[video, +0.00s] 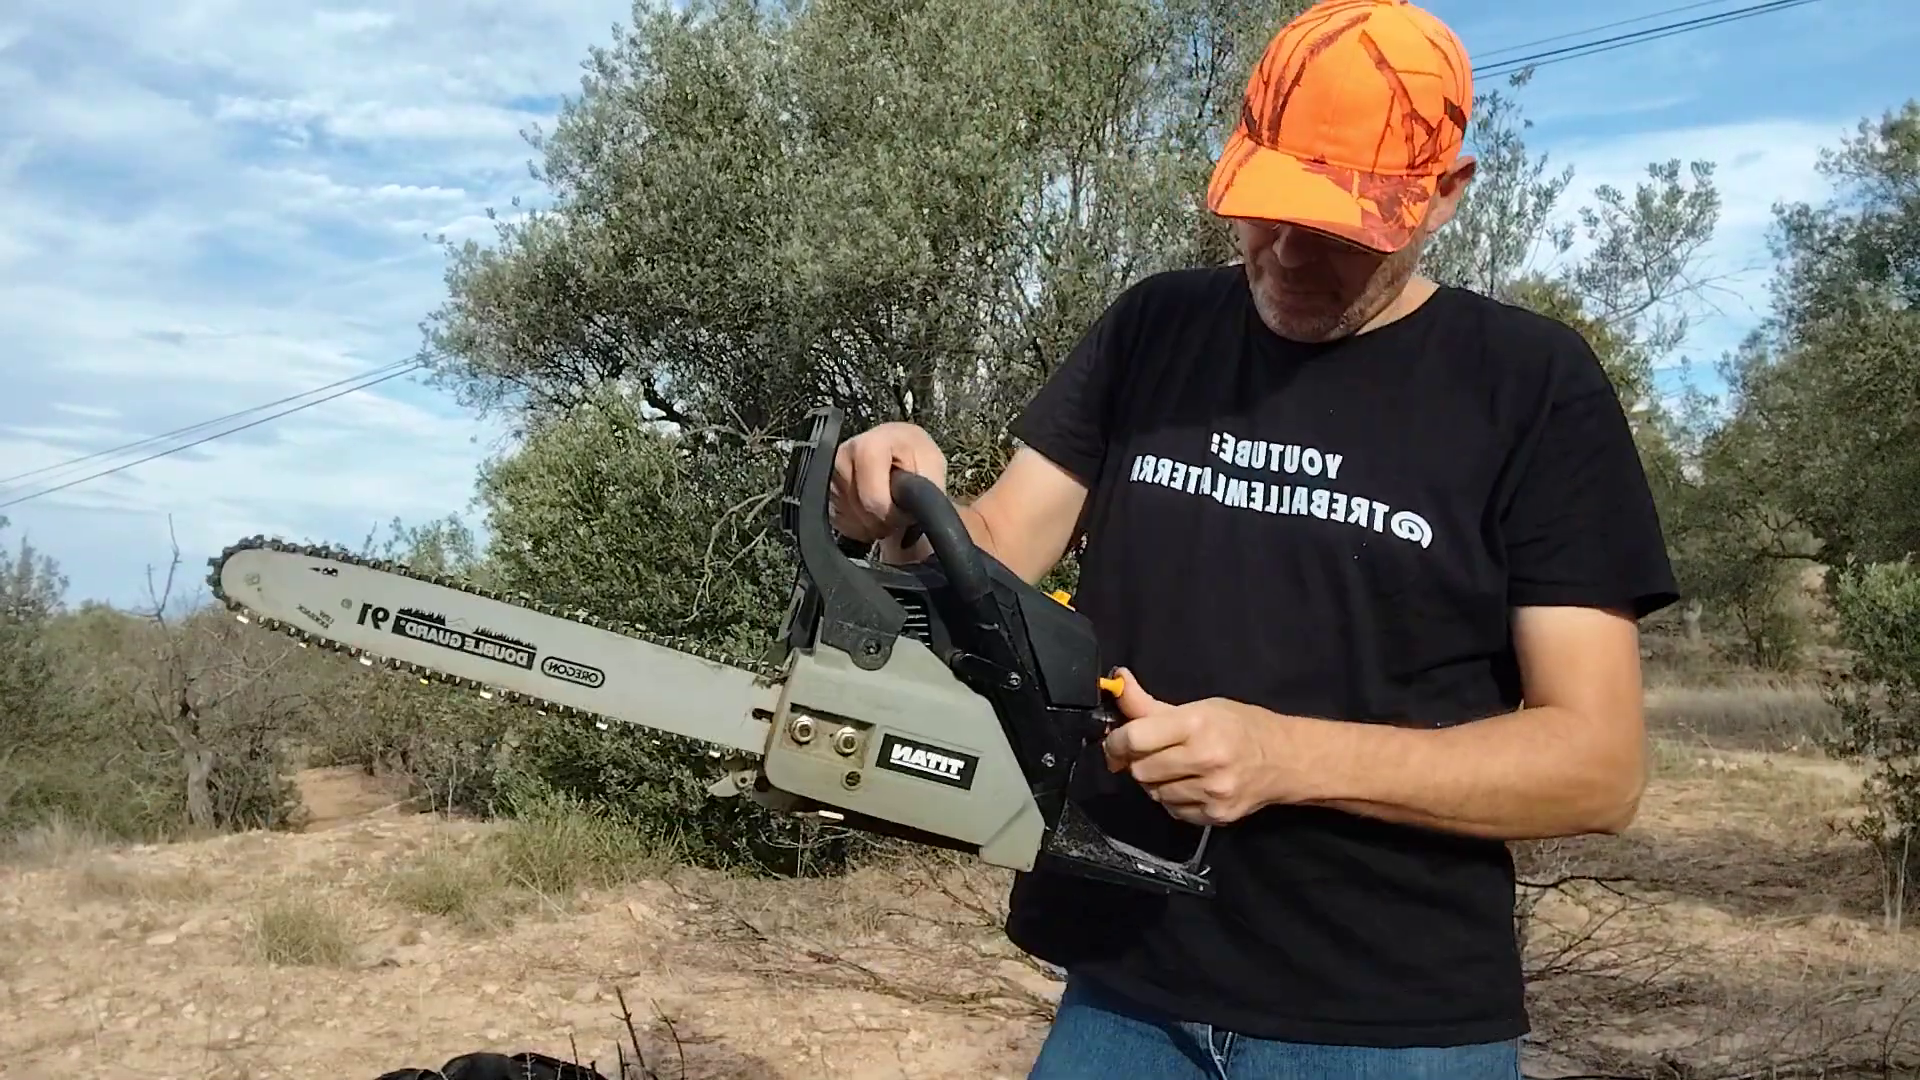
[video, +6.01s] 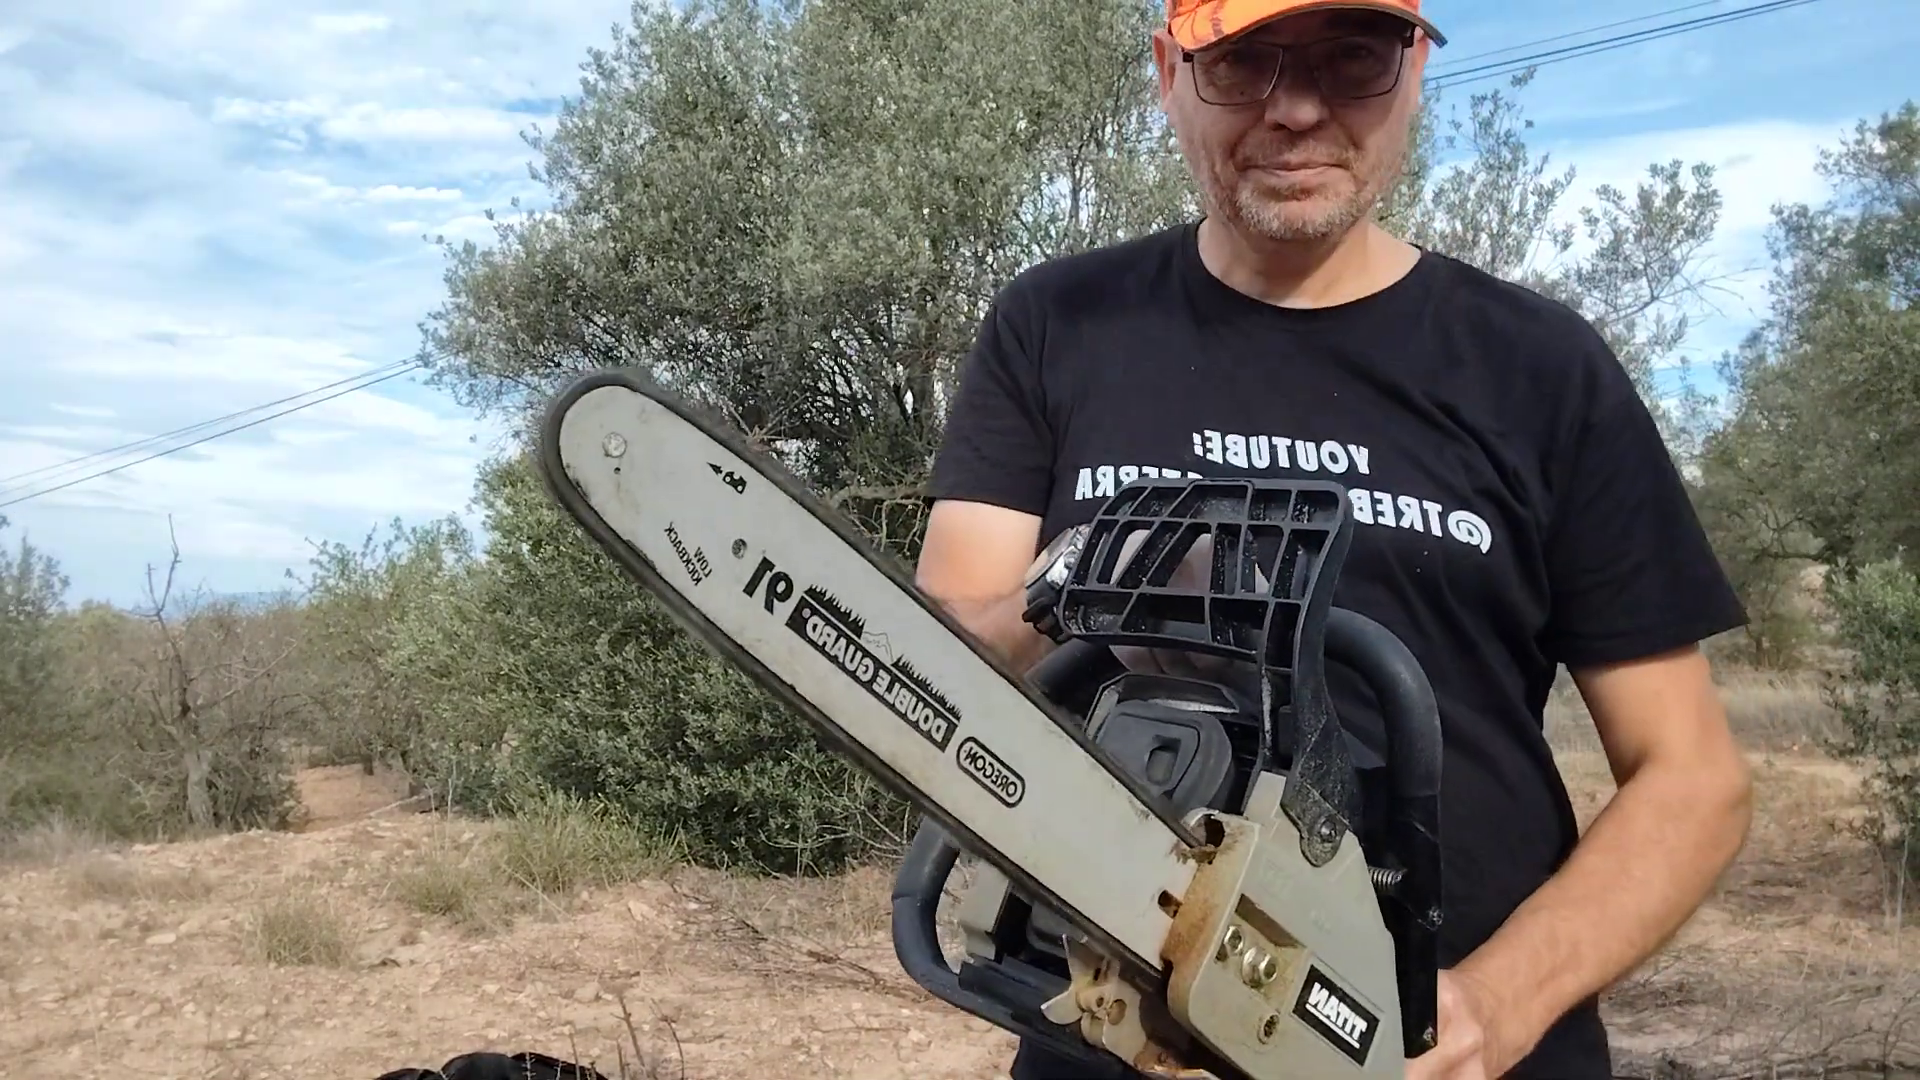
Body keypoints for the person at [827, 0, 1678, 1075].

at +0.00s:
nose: (1283, 254)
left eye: (1337, 226)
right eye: (1265, 203)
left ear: (1434, 204)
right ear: (1237, 162)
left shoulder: (1534, 386)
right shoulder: (1157, 328)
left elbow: (1597, 762)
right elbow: (979, 571)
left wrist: (1289, 755)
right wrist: (905, 503)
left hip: (1405, 1038)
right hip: (1126, 1010)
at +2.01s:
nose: (1202, 204)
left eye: (1245, 171)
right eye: (1172, 165)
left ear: (1307, 191)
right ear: (1128, 176)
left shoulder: (1379, 347)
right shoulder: (1056, 361)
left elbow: (1390, 675)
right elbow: (913, 596)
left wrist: (1048, 769)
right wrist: (896, 703)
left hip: (1336, 1014)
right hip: (1074, 1004)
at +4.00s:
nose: (1213, 184)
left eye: (1256, 156)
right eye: (1180, 144)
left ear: (1302, 181)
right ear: (1117, 155)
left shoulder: (1378, 398)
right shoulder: (1002, 347)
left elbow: (1488, 724)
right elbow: (854, 644)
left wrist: (1269, 892)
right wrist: (970, 585)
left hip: (1312, 1011)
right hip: (1025, 995)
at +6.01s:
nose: (1295, 110)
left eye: (1348, 59)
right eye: (1245, 61)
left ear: (1415, 68)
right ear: (1170, 79)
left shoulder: (1542, 368)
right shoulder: (1052, 327)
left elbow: (1693, 778)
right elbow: (946, 651)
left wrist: (1495, 1003)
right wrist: (1095, 584)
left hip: (1469, 1043)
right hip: (1115, 1029)